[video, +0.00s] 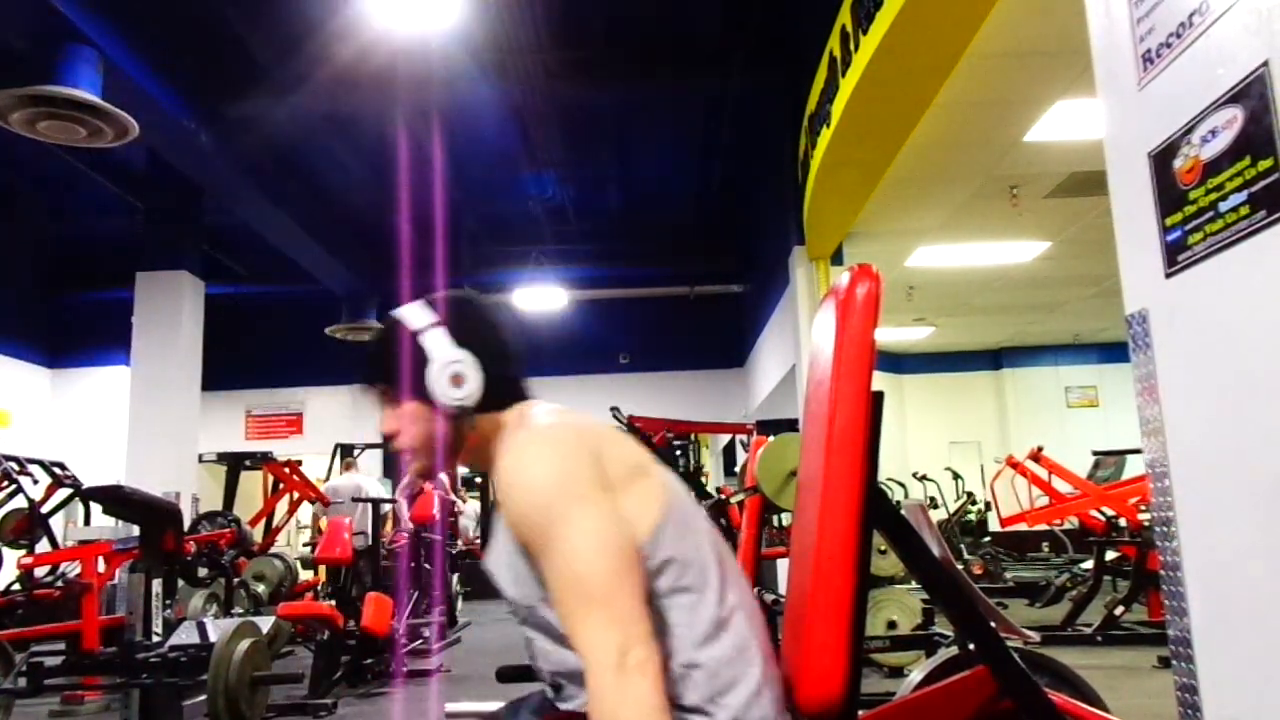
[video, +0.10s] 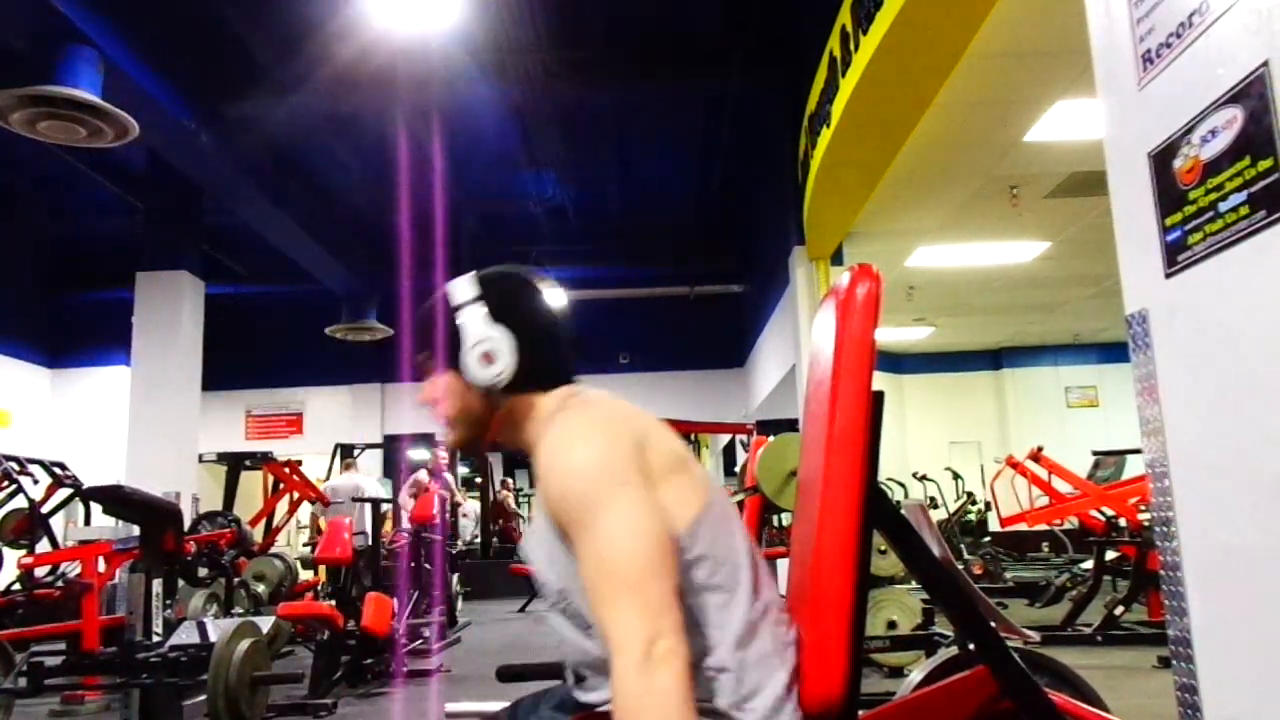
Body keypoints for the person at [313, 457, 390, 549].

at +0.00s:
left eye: (341, 470)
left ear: (342, 469)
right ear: (357, 469)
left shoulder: (331, 485)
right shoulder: (372, 484)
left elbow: (316, 512)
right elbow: (388, 510)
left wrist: (314, 534)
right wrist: (387, 531)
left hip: (336, 541)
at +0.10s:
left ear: (342, 470)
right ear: (357, 469)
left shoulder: (329, 486)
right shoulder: (371, 484)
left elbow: (315, 513)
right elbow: (384, 511)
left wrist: (316, 535)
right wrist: (378, 533)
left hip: (335, 542)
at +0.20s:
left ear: (343, 470)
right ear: (357, 469)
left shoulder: (329, 485)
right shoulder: (370, 484)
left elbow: (314, 513)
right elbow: (383, 510)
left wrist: (315, 535)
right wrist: (378, 533)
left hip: (335, 541)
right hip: (363, 541)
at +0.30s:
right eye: (359, 471)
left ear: (345, 470)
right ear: (359, 470)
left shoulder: (330, 485)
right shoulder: (371, 485)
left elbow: (316, 513)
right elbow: (384, 512)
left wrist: (318, 534)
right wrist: (380, 532)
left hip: (335, 542)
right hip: (363, 542)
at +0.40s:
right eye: (362, 473)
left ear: (346, 472)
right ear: (362, 472)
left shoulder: (331, 485)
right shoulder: (373, 486)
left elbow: (319, 515)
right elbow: (386, 513)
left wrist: (321, 537)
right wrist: (385, 533)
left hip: (335, 542)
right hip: (364, 543)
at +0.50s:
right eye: (365, 475)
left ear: (349, 472)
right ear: (365, 474)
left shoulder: (334, 486)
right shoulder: (375, 486)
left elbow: (321, 512)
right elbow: (388, 512)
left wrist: (325, 533)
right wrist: (388, 534)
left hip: (336, 541)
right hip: (365, 543)